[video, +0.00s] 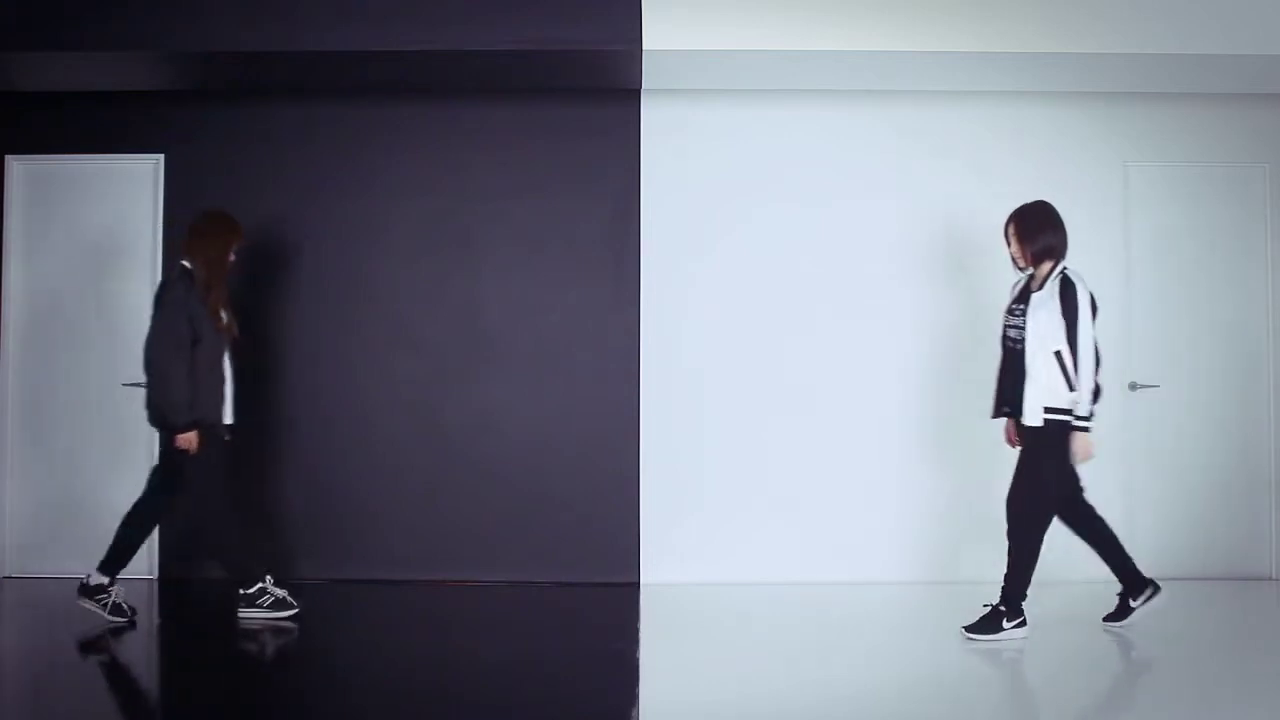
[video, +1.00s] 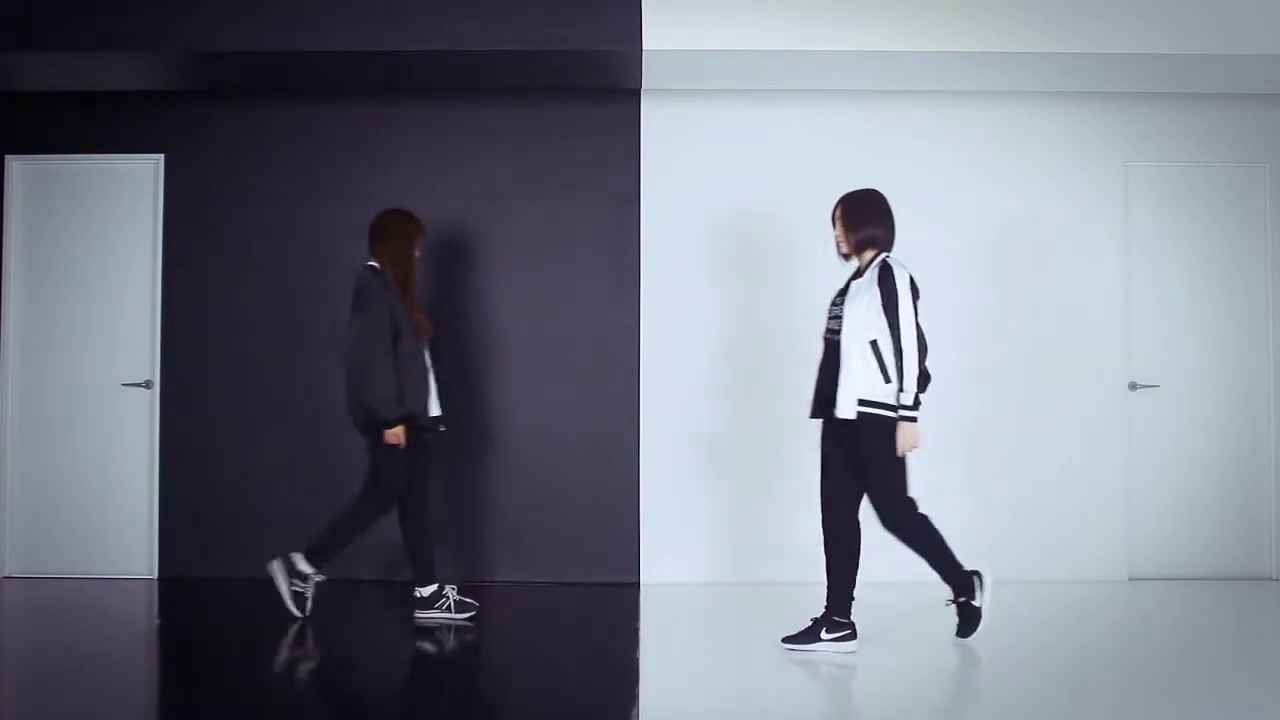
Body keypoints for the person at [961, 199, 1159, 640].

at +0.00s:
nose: (1011, 249)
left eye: (1017, 240)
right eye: (1009, 241)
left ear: (1040, 239)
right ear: (1018, 244)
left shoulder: (1070, 288)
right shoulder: (1023, 288)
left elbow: (1086, 356)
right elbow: (1015, 355)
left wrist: (1081, 424)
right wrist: (1010, 412)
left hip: (1056, 421)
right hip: (1031, 420)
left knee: (1024, 510)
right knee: (1070, 507)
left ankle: (1011, 608)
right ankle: (1136, 583)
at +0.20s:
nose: (976, 243)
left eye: (981, 235)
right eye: (974, 235)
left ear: (1004, 232)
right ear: (993, 234)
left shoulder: (1036, 283)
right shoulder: (992, 282)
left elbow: (1033, 357)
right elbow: (987, 348)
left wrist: (1005, 413)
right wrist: (975, 403)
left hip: (1020, 415)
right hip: (986, 412)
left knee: (1006, 514)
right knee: (984, 513)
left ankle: (1008, 609)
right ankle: (1065, 556)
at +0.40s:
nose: (944, 240)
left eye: (948, 230)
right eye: (942, 232)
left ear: (971, 227)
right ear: (960, 232)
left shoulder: (1004, 272)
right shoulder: (964, 279)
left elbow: (1000, 347)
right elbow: (958, 348)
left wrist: (955, 393)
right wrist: (943, 397)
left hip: (994, 411)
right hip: (958, 409)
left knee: (990, 511)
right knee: (918, 491)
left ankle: (1007, 607)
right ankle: (984, 541)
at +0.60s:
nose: (913, 238)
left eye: (918, 228)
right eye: (911, 229)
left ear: (940, 225)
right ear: (933, 229)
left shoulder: (972, 269)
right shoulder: (936, 278)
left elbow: (975, 347)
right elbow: (935, 347)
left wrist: (935, 395)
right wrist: (918, 399)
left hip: (967, 413)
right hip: (928, 413)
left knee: (975, 508)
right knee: (893, 500)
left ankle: (1004, 602)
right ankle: (891, 601)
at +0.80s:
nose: (878, 245)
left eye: (883, 236)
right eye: (877, 237)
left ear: (906, 235)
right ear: (900, 239)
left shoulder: (935, 283)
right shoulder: (900, 289)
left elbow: (939, 357)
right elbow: (898, 361)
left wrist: (929, 428)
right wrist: (882, 422)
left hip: (925, 430)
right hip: (889, 430)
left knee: (955, 521)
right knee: (872, 526)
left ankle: (999, 600)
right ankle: (843, 618)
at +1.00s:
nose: (835, 233)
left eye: (839, 224)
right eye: (835, 225)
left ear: (861, 225)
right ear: (863, 225)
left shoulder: (891, 274)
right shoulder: (852, 282)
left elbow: (910, 346)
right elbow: (847, 352)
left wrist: (907, 414)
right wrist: (828, 411)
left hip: (877, 421)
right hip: (839, 421)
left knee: (896, 513)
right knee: (838, 518)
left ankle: (964, 585)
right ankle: (837, 619)